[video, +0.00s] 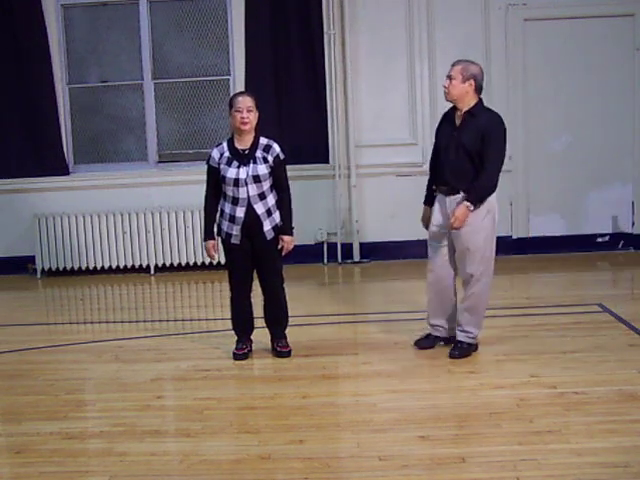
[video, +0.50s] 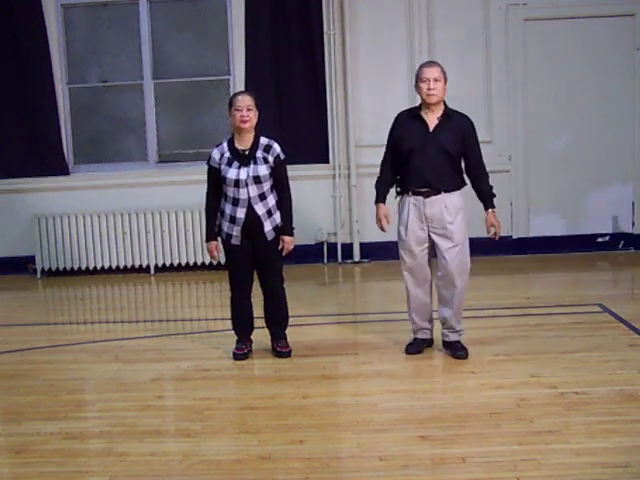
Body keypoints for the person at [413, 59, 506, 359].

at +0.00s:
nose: (445, 84)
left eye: (451, 79)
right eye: (446, 79)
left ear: (469, 85)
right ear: (462, 85)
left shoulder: (491, 123)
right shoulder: (447, 119)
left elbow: (491, 173)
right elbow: (436, 163)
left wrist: (467, 205)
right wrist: (429, 203)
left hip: (475, 205)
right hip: (442, 202)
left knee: (474, 272)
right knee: (438, 269)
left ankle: (467, 335)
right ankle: (440, 330)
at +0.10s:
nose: (441, 84)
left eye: (447, 80)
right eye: (441, 79)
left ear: (466, 84)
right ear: (443, 84)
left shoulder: (485, 122)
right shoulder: (437, 119)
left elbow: (485, 171)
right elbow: (427, 162)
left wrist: (462, 201)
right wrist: (424, 201)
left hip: (472, 206)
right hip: (437, 204)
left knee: (472, 273)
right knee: (433, 270)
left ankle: (467, 337)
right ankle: (428, 334)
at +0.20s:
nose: (442, 86)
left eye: (449, 81)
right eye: (438, 81)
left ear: (463, 87)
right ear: (434, 86)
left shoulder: (479, 122)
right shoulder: (426, 120)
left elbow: (482, 172)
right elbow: (418, 165)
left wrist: (462, 203)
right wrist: (416, 203)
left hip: (466, 205)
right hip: (428, 204)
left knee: (469, 274)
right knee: (428, 272)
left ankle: (467, 336)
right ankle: (430, 335)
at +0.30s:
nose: (441, 87)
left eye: (447, 81)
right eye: (436, 81)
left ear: (457, 86)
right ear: (429, 86)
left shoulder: (472, 123)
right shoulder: (417, 120)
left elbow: (480, 170)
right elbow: (407, 164)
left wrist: (471, 206)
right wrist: (404, 202)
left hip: (457, 204)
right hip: (421, 204)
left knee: (464, 273)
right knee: (424, 272)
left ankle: (466, 336)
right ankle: (428, 334)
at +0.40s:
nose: (435, 86)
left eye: (441, 81)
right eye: (429, 81)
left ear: (451, 85)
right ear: (423, 86)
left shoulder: (466, 123)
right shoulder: (410, 121)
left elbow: (478, 168)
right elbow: (397, 164)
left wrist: (483, 210)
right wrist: (390, 203)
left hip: (454, 204)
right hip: (416, 204)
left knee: (459, 271)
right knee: (419, 271)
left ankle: (461, 335)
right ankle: (426, 333)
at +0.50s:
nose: (430, 86)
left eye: (436, 81)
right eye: (424, 81)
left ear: (445, 85)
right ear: (417, 86)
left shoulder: (461, 123)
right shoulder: (403, 121)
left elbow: (476, 167)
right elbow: (389, 164)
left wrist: (490, 208)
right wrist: (380, 201)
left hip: (449, 203)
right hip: (411, 204)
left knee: (454, 270)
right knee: (414, 271)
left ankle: (452, 336)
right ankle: (421, 334)